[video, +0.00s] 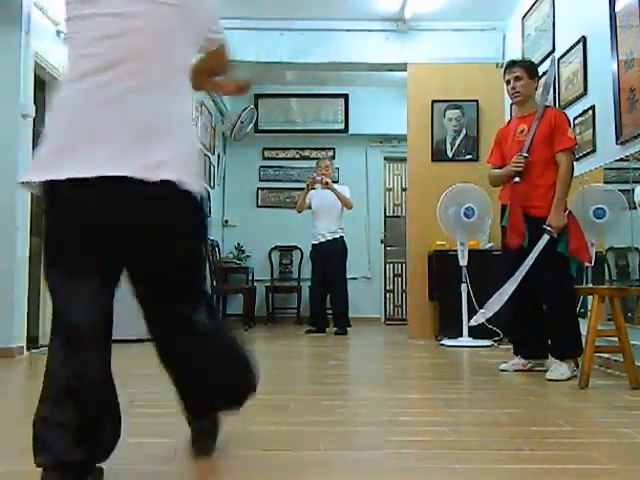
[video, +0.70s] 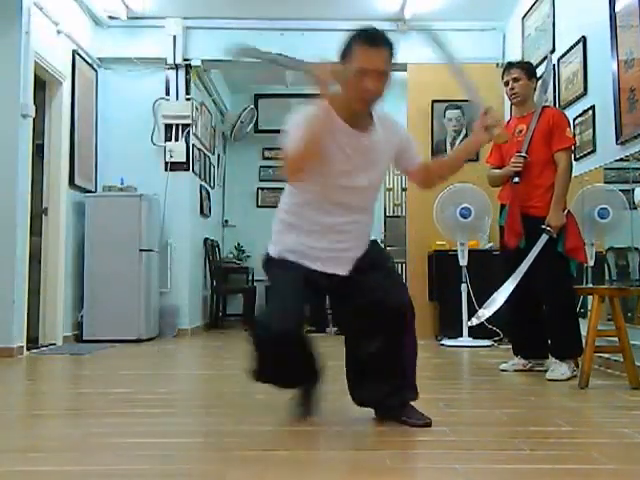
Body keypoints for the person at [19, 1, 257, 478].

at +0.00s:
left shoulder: (79, 7)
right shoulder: (193, 6)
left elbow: (102, 64)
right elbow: (216, 61)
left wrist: (210, 80)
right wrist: (189, 79)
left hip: (74, 167)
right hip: (160, 168)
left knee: (77, 324)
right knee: (177, 308)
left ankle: (67, 460)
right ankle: (204, 405)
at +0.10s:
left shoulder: (122, 5)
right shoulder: (206, 9)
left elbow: (101, 59)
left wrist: (64, 28)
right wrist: (68, 29)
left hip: (149, 167)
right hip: (225, 170)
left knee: (113, 300)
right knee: (198, 294)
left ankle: (90, 447)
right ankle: (190, 416)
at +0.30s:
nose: (166, 14)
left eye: (170, 7)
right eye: (164, 9)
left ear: (194, 2)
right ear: (173, 9)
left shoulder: (230, 16)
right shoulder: (183, 34)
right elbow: (134, 8)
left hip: (270, 176)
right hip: (220, 191)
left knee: (237, 291)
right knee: (178, 297)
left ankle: (308, 393)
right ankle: (186, 419)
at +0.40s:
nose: (190, 15)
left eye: (196, 4)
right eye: (186, 8)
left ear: (224, 1)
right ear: (197, 17)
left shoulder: (276, 31)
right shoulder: (203, 50)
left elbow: (357, 5)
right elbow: (153, 3)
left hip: (284, 210)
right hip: (218, 212)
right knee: (173, 299)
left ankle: (381, 386)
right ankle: (187, 414)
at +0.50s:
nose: (243, 27)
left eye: (252, 16)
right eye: (238, 18)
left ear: (281, 13)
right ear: (236, 18)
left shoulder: (326, 60)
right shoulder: (230, 59)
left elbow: (406, 78)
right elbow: (161, 42)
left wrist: (485, 75)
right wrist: (190, 4)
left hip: (314, 223)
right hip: (240, 219)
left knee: (353, 311)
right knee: (197, 308)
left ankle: (388, 398)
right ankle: (184, 413)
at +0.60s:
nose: (316, 49)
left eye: (326, 40)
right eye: (308, 39)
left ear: (341, 43)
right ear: (293, 40)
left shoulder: (365, 93)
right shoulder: (271, 88)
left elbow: (424, 131)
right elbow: (204, 109)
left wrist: (493, 116)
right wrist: (227, 39)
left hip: (345, 232)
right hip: (279, 229)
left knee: (382, 311)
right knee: (243, 304)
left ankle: (389, 400)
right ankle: (218, 405)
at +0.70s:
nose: (373, 84)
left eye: (381, 75)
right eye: (364, 73)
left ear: (388, 78)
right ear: (341, 72)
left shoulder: (389, 130)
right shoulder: (310, 118)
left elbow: (425, 176)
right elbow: (293, 172)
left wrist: (475, 140)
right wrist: (325, 102)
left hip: (354, 249)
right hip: (295, 248)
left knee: (394, 309)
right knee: (277, 333)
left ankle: (391, 401)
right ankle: (304, 378)